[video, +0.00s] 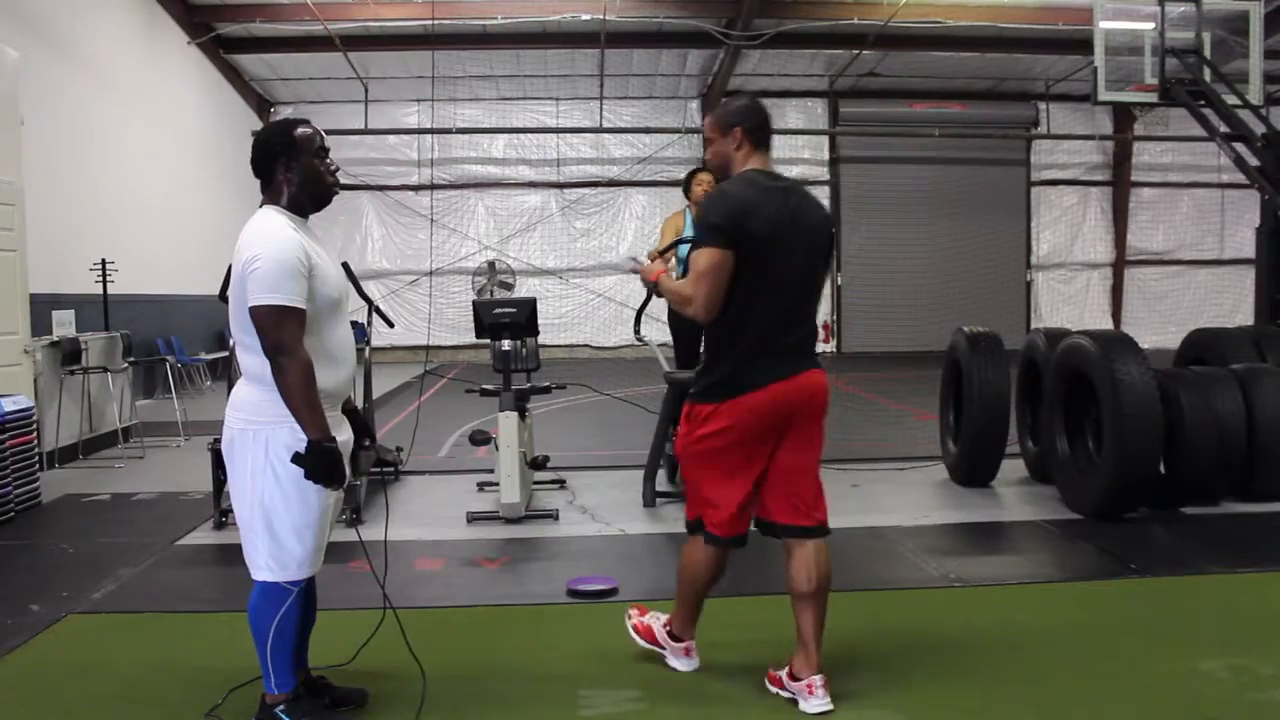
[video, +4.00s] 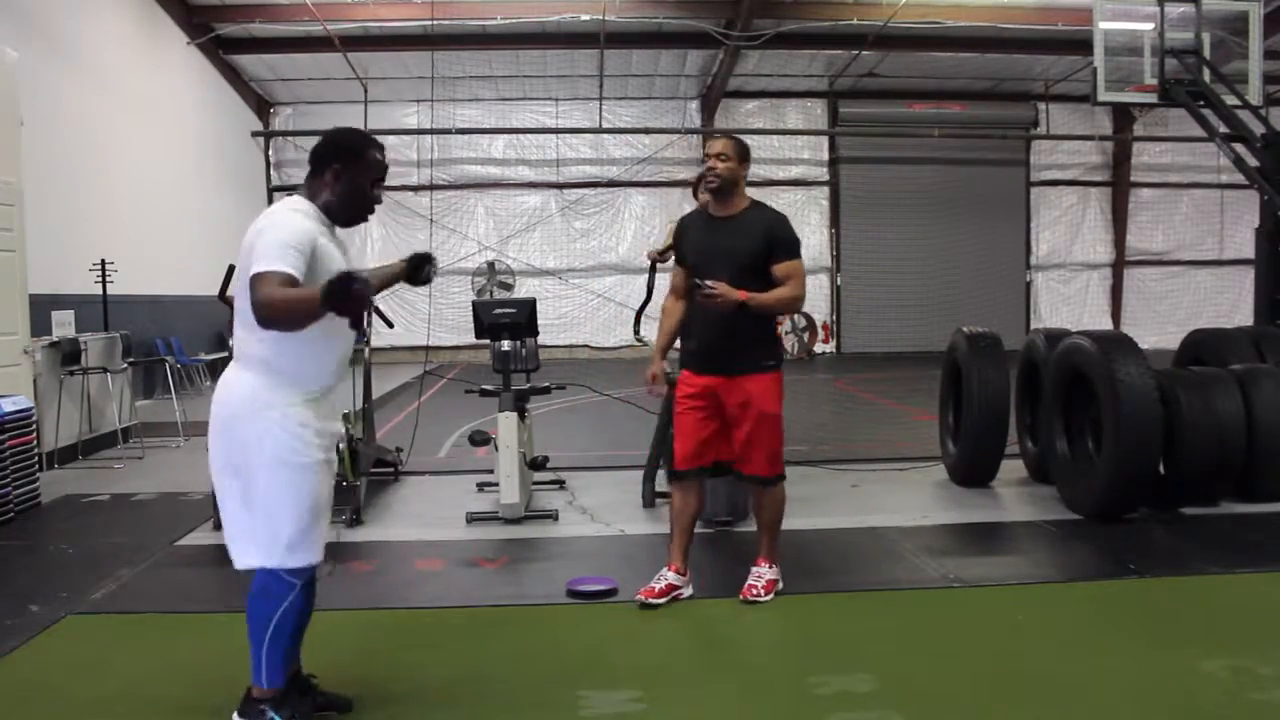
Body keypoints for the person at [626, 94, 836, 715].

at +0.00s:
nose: (706, 151)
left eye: (711, 140)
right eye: (706, 140)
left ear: (737, 138)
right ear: (758, 139)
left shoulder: (725, 202)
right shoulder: (814, 209)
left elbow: (700, 304)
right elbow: (804, 292)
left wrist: (659, 281)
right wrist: (713, 271)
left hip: (731, 395)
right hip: (804, 385)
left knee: (710, 524)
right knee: (805, 527)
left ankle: (679, 635)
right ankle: (807, 671)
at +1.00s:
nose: (618, 175)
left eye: (621, 166)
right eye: (617, 166)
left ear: (642, 163)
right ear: (663, 163)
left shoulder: (630, 219)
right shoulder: (706, 218)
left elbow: (614, 303)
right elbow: (719, 287)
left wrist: (577, 287)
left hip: (637, 384)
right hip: (688, 376)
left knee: (641, 501)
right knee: (660, 494)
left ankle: (674, 628)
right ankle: (651, 593)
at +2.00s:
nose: (623, 172)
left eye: (632, 163)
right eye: (622, 163)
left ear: (664, 164)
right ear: (635, 167)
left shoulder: (688, 222)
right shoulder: (653, 218)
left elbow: (682, 303)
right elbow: (652, 295)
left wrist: (610, 287)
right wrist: (607, 286)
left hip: (672, 382)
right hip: (637, 379)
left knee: (671, 493)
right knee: (621, 476)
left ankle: (681, 605)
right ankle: (651, 582)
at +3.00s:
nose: (649, 164)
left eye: (659, 157)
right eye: (642, 157)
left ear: (679, 166)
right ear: (635, 167)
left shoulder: (707, 219)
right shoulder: (625, 230)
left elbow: (731, 293)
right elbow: (612, 301)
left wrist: (675, 282)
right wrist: (590, 361)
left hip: (685, 375)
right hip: (635, 375)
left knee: (681, 487)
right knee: (646, 485)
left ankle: (681, 604)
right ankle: (673, 575)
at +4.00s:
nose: (712, 165)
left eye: (723, 159)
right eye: (708, 158)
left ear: (744, 169)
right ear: (701, 168)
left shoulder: (771, 225)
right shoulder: (689, 227)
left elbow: (794, 294)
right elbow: (677, 294)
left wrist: (740, 296)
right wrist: (658, 353)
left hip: (755, 373)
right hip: (697, 372)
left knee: (764, 473)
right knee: (683, 470)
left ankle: (767, 564)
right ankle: (676, 570)